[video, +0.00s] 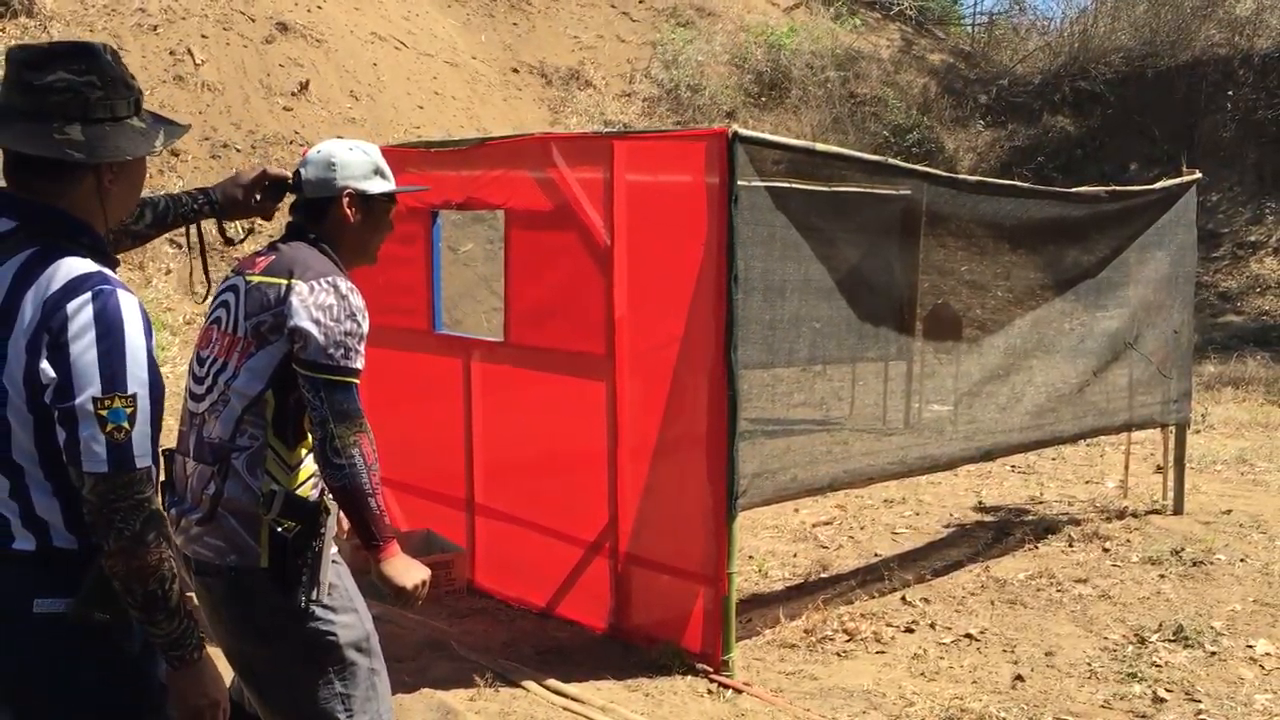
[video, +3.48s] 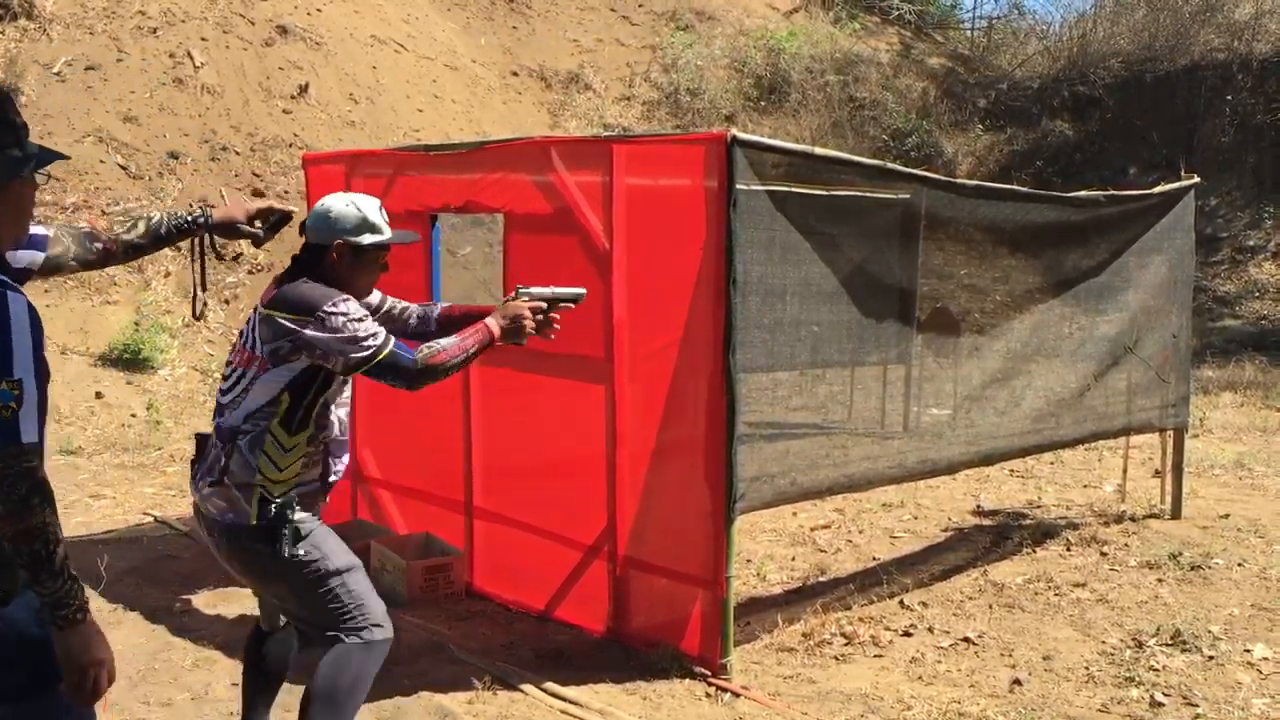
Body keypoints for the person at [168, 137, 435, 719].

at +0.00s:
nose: (394, 224)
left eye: (395, 209)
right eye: (389, 208)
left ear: (325, 203)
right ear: (350, 208)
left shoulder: (254, 268)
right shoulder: (327, 291)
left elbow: (259, 410)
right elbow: (340, 440)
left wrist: (319, 504)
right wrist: (388, 551)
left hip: (213, 532)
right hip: (269, 545)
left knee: (272, 691)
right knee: (354, 699)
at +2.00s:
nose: (409, 230)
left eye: (409, 215)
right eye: (402, 214)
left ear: (341, 212)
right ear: (363, 214)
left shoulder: (269, 276)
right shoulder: (343, 296)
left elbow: (273, 418)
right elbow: (357, 440)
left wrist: (339, 512)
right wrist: (404, 552)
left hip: (226, 532)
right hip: (285, 547)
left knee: (281, 689)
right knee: (371, 701)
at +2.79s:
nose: (405, 231)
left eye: (407, 217)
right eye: (401, 216)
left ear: (334, 210)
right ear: (362, 213)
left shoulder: (269, 272)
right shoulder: (342, 286)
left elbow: (266, 415)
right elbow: (336, 411)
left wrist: (337, 503)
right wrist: (401, 515)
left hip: (225, 528)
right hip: (281, 540)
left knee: (276, 687)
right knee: (367, 701)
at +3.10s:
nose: (422, 233)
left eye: (423, 219)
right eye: (417, 218)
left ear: (354, 214)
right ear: (378, 217)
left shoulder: (303, 270)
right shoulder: (349, 269)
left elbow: (291, 409)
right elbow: (298, 340)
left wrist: (362, 493)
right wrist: (344, 462)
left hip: (252, 530)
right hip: (300, 539)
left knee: (285, 683)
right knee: (363, 707)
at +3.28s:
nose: (410, 271)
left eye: (408, 257)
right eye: (401, 257)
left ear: (352, 261)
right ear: (363, 263)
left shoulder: (302, 310)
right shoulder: (350, 318)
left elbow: (350, 413)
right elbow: (390, 419)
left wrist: (451, 432)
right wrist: (472, 404)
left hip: (237, 549)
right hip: (297, 564)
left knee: (288, 643)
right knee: (390, 708)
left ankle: (257, 711)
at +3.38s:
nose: (391, 270)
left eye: (390, 258)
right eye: (381, 258)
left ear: (337, 261)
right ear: (343, 262)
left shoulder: (288, 308)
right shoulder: (340, 319)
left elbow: (391, 357)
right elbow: (414, 402)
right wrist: (488, 352)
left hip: (236, 533)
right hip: (293, 544)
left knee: (280, 628)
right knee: (348, 706)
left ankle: (255, 714)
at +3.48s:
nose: (386, 265)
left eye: (386, 253)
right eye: (378, 254)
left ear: (333, 255)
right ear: (338, 256)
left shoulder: (316, 291)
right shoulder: (323, 308)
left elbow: (417, 319)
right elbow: (413, 369)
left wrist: (501, 314)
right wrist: (493, 328)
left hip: (232, 502)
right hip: (262, 511)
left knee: (282, 615)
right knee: (366, 631)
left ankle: (254, 716)